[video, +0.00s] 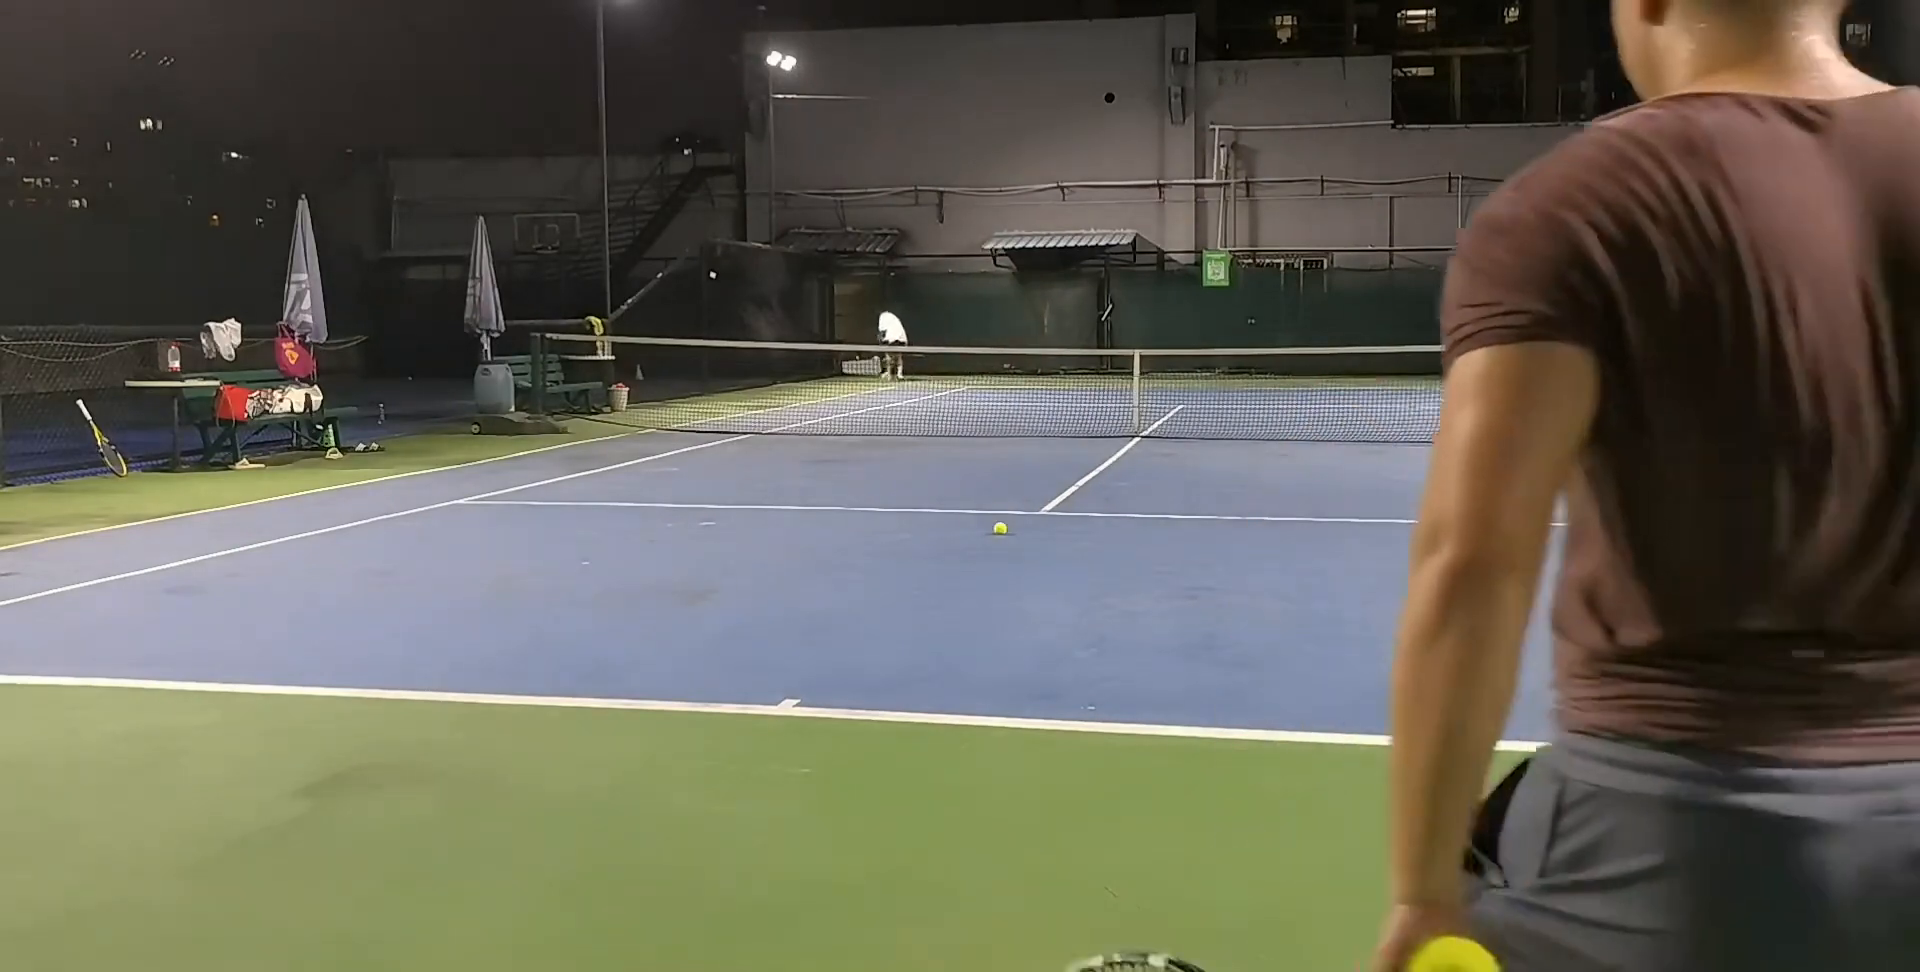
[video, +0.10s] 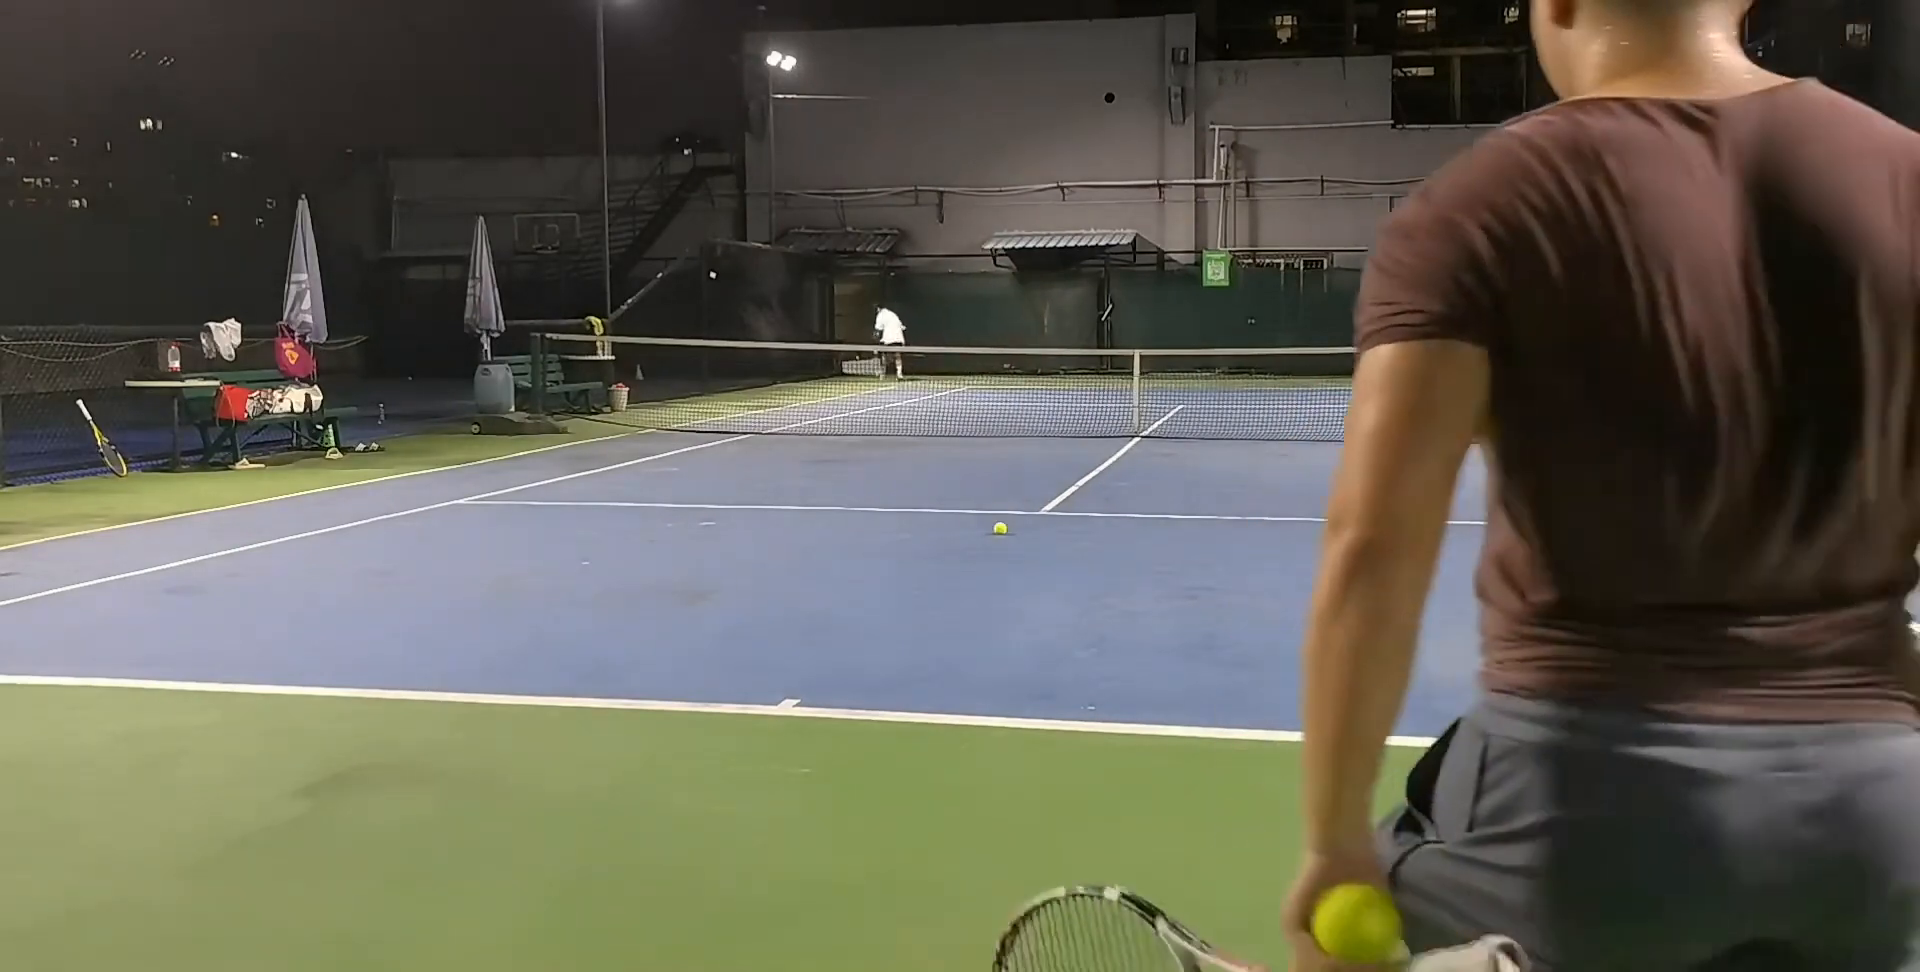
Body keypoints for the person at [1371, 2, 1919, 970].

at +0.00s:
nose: (1616, 23)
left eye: (1619, 3)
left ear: (1646, 0)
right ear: (1830, 6)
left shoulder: (1570, 206)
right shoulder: (1912, 148)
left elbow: (1475, 560)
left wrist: (1425, 890)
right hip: (1904, 812)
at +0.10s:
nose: (1535, 27)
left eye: (1534, 14)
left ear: (1555, 6)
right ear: (1740, 8)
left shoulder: (1481, 201)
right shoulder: (1898, 168)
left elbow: (1375, 544)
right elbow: (1900, 520)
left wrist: (1338, 840)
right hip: (1873, 777)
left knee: (1356, 935)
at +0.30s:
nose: (1437, 32)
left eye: (1439, 16)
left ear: (1448, 15)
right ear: (1623, 14)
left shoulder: (1366, 207)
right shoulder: (1791, 188)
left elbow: (1245, 524)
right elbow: (1908, 470)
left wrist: (1203, 757)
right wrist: (1805, 657)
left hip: (1463, 741)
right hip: (1713, 752)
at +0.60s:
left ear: (1412, 61)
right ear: (1569, 64)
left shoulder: (1294, 230)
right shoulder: (1677, 238)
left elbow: (1177, 488)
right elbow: (1771, 500)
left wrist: (1158, 663)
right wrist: (1646, 625)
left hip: (1371, 709)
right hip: (1591, 717)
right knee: (1540, 949)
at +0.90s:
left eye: (1399, 71)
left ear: (1410, 71)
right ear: (1549, 91)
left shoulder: (1301, 207)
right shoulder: (1622, 243)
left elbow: (1154, 423)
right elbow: (1697, 475)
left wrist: (1145, 557)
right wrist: (1585, 613)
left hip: (1326, 643)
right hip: (1519, 642)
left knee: (1267, 953)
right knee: (1483, 956)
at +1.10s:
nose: (1346, 94)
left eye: (1348, 74)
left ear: (1364, 73)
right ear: (1490, 96)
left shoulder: (1277, 207)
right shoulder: (1570, 241)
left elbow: (1124, 409)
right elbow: (1631, 455)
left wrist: (1113, 494)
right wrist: (1529, 568)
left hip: (1300, 622)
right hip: (1483, 624)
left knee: (1214, 906)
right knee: (1456, 943)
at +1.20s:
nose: (1316, 107)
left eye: (1317, 91)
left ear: (1331, 88)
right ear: (1449, 108)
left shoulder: (1244, 220)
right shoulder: (1532, 248)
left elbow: (1103, 420)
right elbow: (1604, 443)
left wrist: (1104, 473)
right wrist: (1492, 523)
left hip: (1280, 623)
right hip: (1455, 618)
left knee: (1206, 924)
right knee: (1443, 944)